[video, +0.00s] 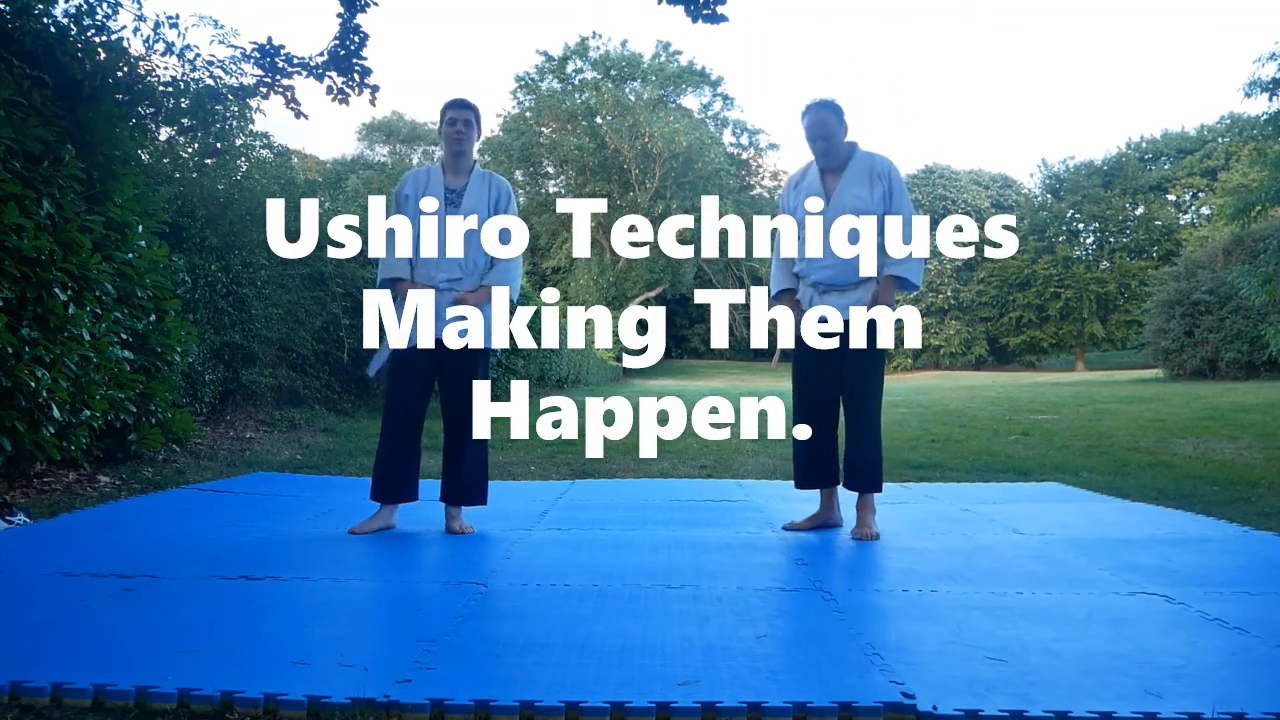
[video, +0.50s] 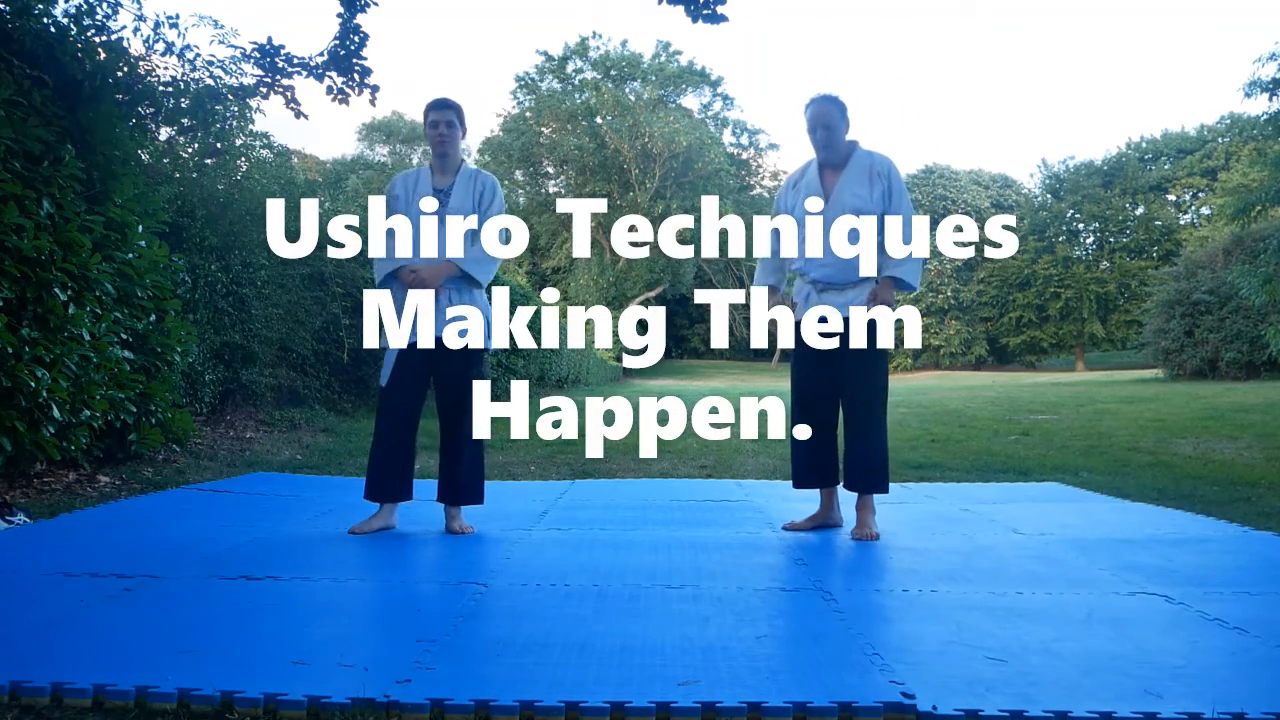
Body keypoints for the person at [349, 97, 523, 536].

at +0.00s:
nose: (458, 130)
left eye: (466, 125)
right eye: (452, 123)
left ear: (478, 135)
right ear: (440, 131)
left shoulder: (498, 189)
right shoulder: (412, 183)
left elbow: (510, 258)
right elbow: (396, 243)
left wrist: (483, 293)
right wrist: (404, 287)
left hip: (471, 314)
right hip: (415, 308)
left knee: (463, 411)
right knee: (401, 406)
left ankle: (455, 509)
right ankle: (387, 508)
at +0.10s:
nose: (457, 130)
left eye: (465, 125)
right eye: (450, 124)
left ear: (477, 135)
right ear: (438, 132)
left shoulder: (497, 188)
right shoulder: (412, 184)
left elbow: (508, 255)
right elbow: (396, 244)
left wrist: (478, 292)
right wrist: (406, 287)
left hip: (471, 313)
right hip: (416, 309)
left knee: (463, 411)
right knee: (401, 405)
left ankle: (455, 509)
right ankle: (387, 508)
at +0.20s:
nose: (453, 131)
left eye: (461, 125)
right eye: (447, 125)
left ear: (474, 134)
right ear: (435, 133)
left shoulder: (495, 187)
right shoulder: (410, 185)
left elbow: (505, 252)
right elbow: (394, 248)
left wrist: (470, 289)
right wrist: (413, 287)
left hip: (470, 313)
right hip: (415, 310)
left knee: (462, 411)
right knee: (401, 406)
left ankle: (455, 510)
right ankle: (387, 508)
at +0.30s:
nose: (450, 131)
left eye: (457, 126)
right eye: (443, 125)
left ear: (472, 134)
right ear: (433, 133)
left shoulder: (492, 186)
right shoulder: (409, 185)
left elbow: (500, 249)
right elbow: (393, 250)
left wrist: (459, 282)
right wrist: (423, 284)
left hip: (468, 316)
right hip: (414, 313)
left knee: (462, 413)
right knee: (399, 407)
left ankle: (455, 510)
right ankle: (387, 508)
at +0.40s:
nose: (445, 132)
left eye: (452, 126)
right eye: (438, 126)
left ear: (467, 133)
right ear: (428, 133)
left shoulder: (488, 186)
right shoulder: (404, 184)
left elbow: (490, 249)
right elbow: (388, 250)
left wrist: (441, 273)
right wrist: (418, 281)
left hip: (465, 314)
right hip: (410, 313)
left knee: (460, 412)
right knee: (398, 407)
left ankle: (455, 510)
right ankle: (387, 508)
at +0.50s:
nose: (441, 132)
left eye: (448, 125)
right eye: (434, 126)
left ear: (462, 132)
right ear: (424, 134)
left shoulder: (485, 185)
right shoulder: (402, 184)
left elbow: (489, 249)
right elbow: (386, 250)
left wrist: (443, 270)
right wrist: (415, 281)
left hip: (462, 316)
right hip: (408, 315)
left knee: (459, 413)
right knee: (396, 409)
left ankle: (454, 511)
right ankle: (387, 509)